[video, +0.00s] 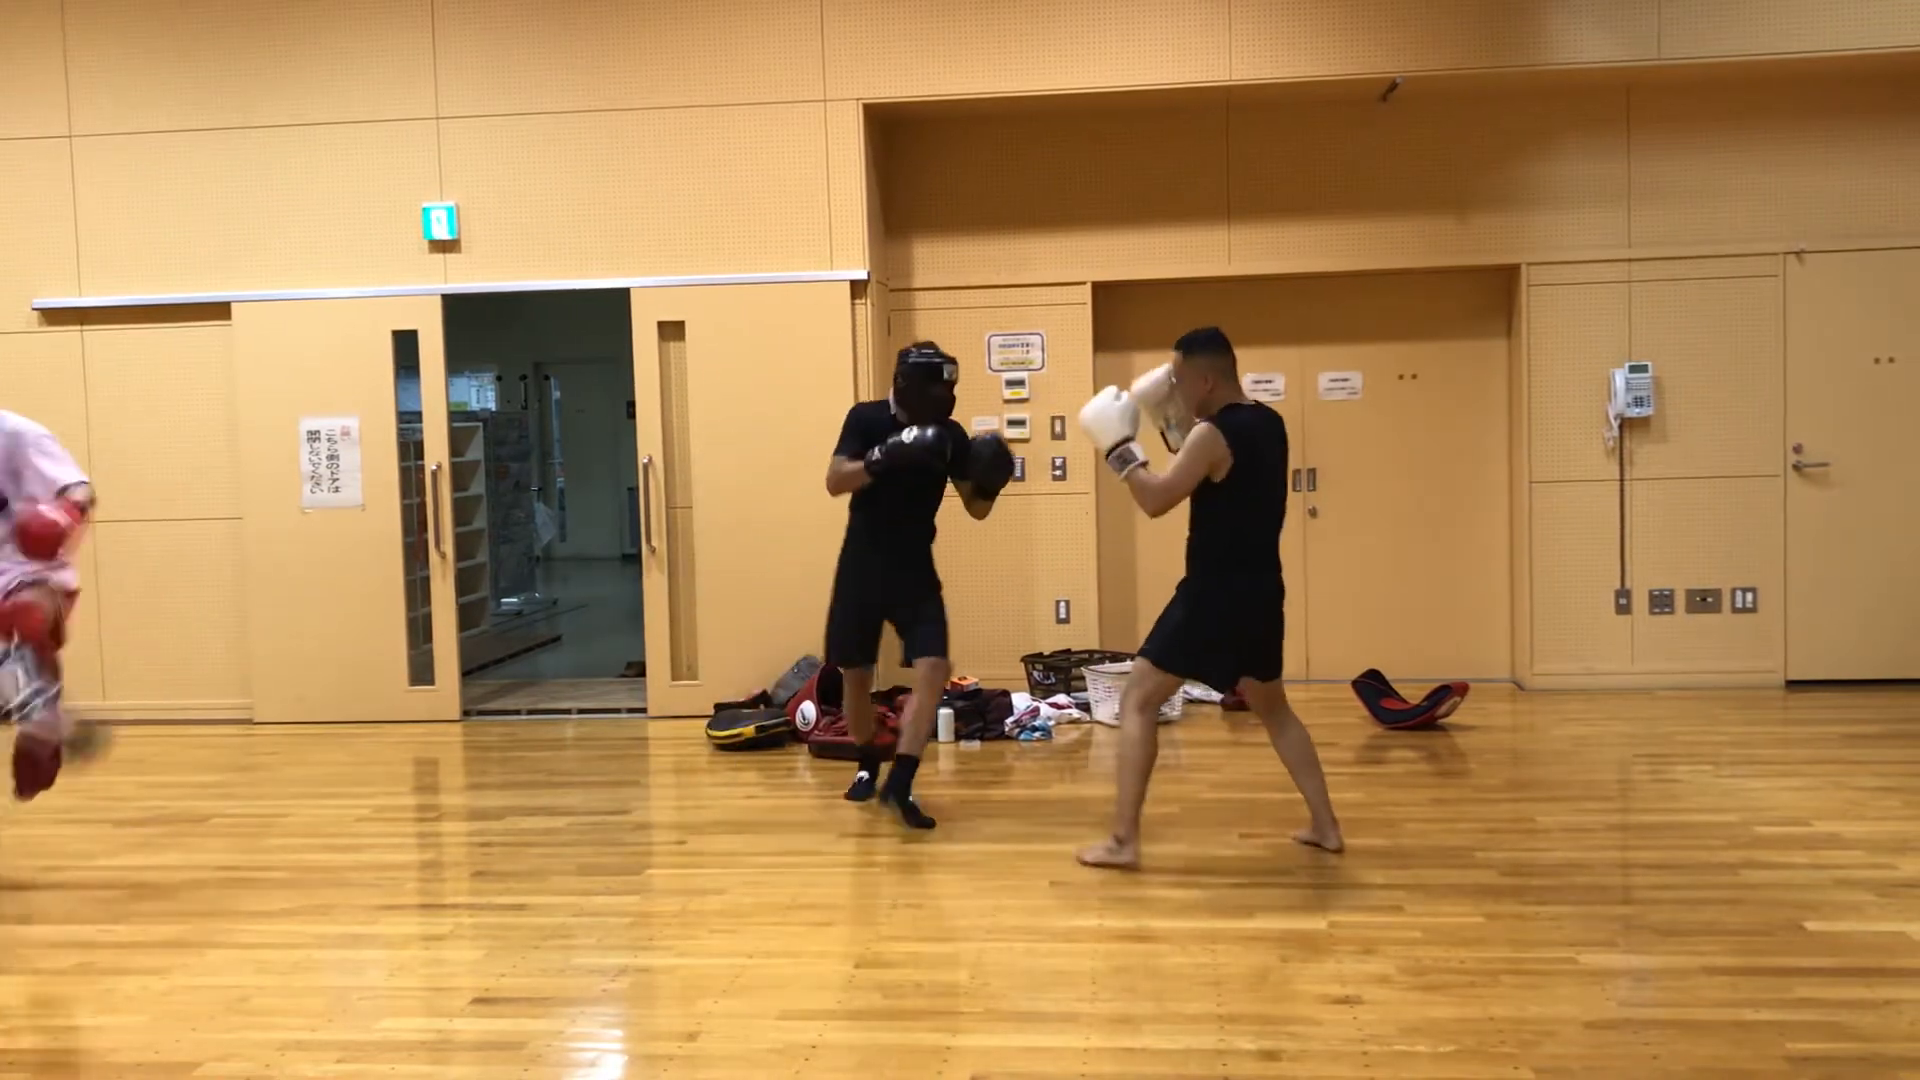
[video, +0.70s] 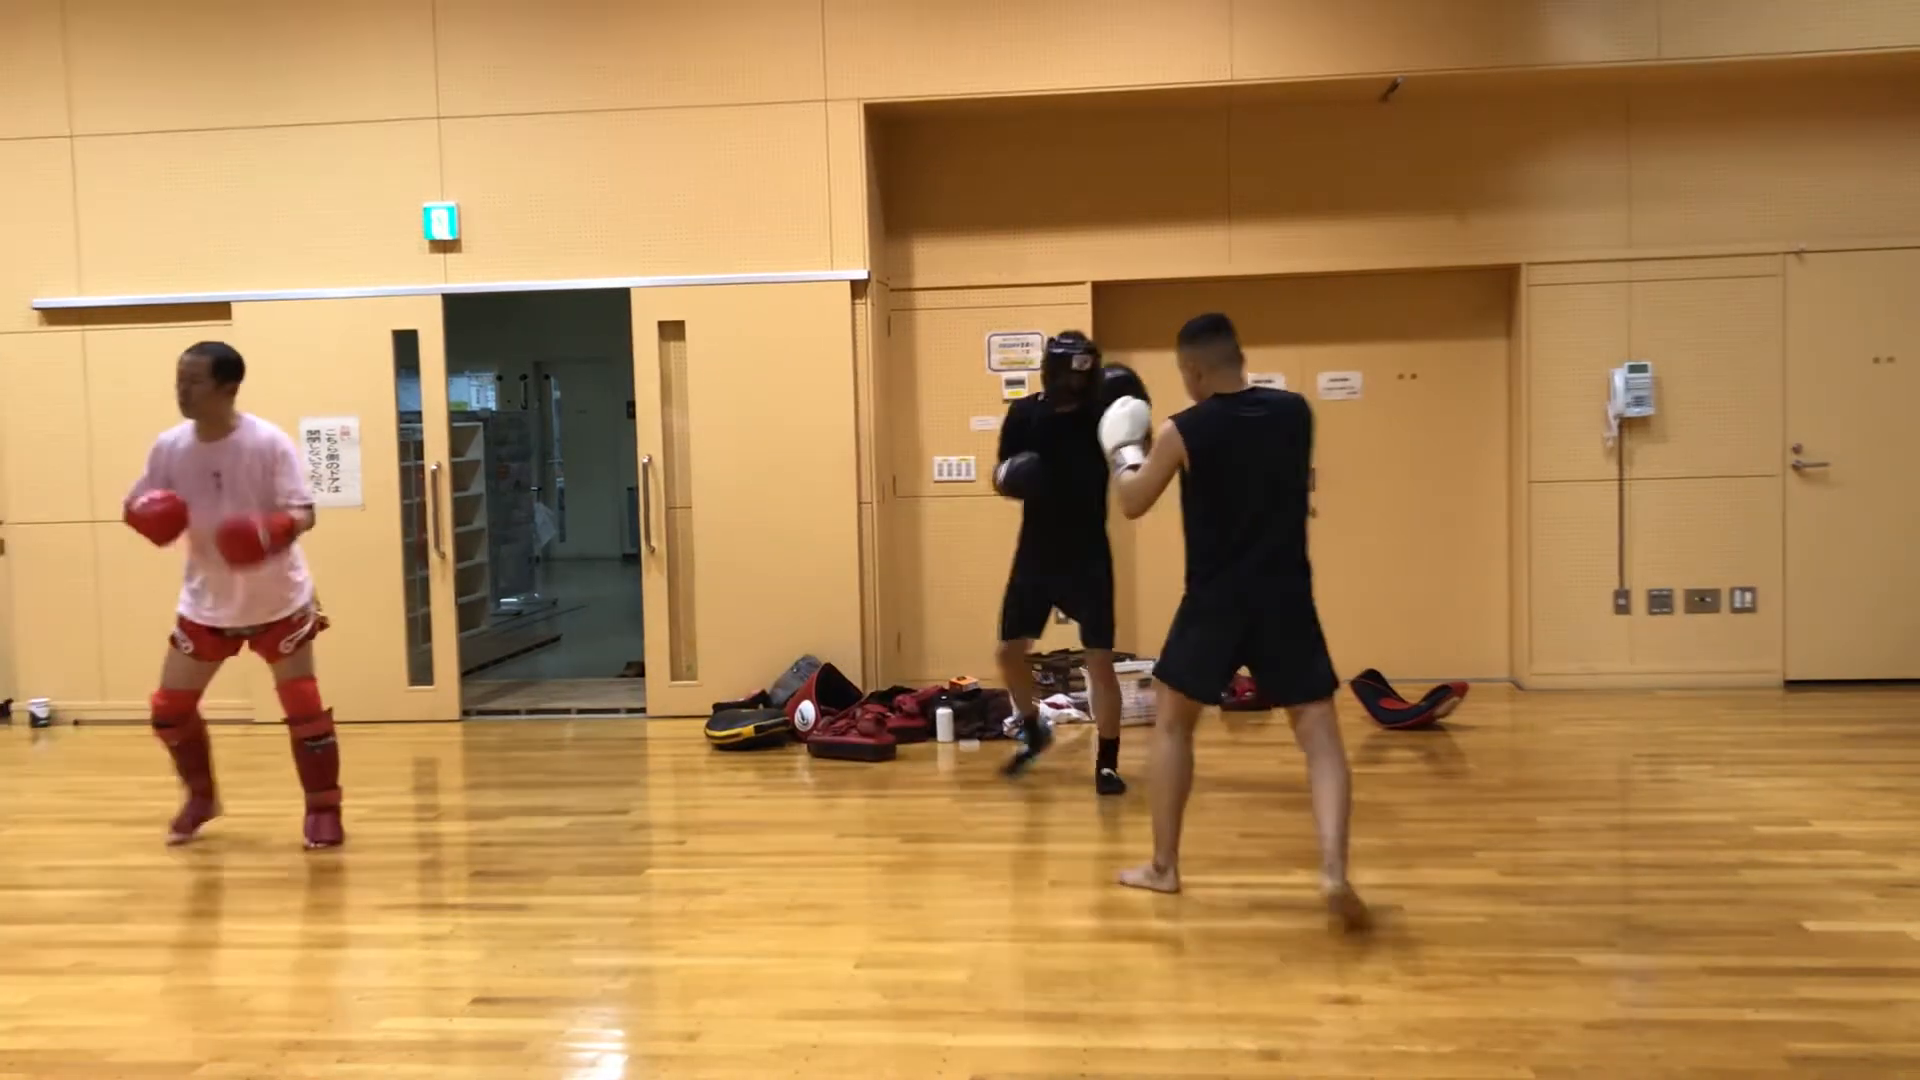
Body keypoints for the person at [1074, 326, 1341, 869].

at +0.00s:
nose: (1179, 392)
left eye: (1182, 381)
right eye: (1177, 381)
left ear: (1207, 378)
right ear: (1230, 375)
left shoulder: (1212, 434)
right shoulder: (1271, 424)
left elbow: (1154, 498)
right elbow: (1219, 480)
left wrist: (1120, 449)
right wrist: (1173, 422)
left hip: (1209, 598)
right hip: (1263, 597)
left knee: (1139, 699)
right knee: (1274, 707)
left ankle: (1123, 839)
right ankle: (1325, 824)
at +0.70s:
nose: (1185, 382)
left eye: (1184, 373)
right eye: (1184, 374)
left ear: (1191, 371)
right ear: (1241, 359)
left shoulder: (1185, 429)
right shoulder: (1295, 412)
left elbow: (1132, 502)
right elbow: (1297, 486)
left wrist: (1123, 449)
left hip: (1213, 605)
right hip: (1287, 602)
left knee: (1173, 725)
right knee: (1320, 737)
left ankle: (1163, 866)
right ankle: (1335, 871)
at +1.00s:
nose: (1271, 367)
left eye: (1270, 359)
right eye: (1278, 358)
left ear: (1273, 359)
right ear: (1329, 352)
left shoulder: (1255, 422)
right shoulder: (1376, 410)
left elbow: (1205, 495)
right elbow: (1387, 489)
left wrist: (1209, 444)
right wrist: (1342, 437)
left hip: (1270, 602)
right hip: (1344, 604)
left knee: (1251, 725)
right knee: (1348, 755)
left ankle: (1239, 861)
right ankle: (1330, 904)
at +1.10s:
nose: (1291, 363)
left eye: (1290, 355)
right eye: (1297, 354)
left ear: (1294, 355)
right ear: (1352, 349)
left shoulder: (1274, 417)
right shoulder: (1396, 408)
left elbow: (1223, 488)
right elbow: (1403, 482)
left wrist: (1232, 430)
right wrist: (1353, 421)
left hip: (1288, 596)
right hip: (1358, 597)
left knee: (1287, 724)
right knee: (1353, 747)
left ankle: (1290, 857)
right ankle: (1328, 903)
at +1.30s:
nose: (1327, 372)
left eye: (1326, 364)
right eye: (1335, 363)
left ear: (1329, 365)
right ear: (1384, 359)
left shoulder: (1309, 429)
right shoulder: (1427, 415)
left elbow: (1257, 496)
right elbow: (1439, 484)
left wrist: (1247, 445)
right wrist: (1396, 410)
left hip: (1330, 599)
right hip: (1398, 600)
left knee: (1343, 726)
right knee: (1415, 737)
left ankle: (1344, 863)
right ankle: (1355, 862)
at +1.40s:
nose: (1347, 371)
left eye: (1345, 364)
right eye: (1352, 365)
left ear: (1344, 365)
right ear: (1402, 359)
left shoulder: (1327, 423)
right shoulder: (1444, 411)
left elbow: (1271, 488)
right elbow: (1456, 478)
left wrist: (1272, 434)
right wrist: (1416, 402)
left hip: (1346, 600)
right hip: (1413, 601)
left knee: (1352, 722)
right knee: (1468, 728)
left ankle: (1344, 849)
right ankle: (1422, 852)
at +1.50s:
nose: (1363, 369)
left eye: (1362, 361)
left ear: (1363, 361)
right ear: (1421, 355)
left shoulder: (1343, 419)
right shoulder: (1461, 409)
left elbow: (1286, 479)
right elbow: (1471, 476)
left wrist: (1289, 429)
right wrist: (1435, 401)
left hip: (1360, 598)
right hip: (1429, 598)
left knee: (1357, 719)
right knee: (1491, 716)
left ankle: (1344, 851)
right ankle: (1489, 863)